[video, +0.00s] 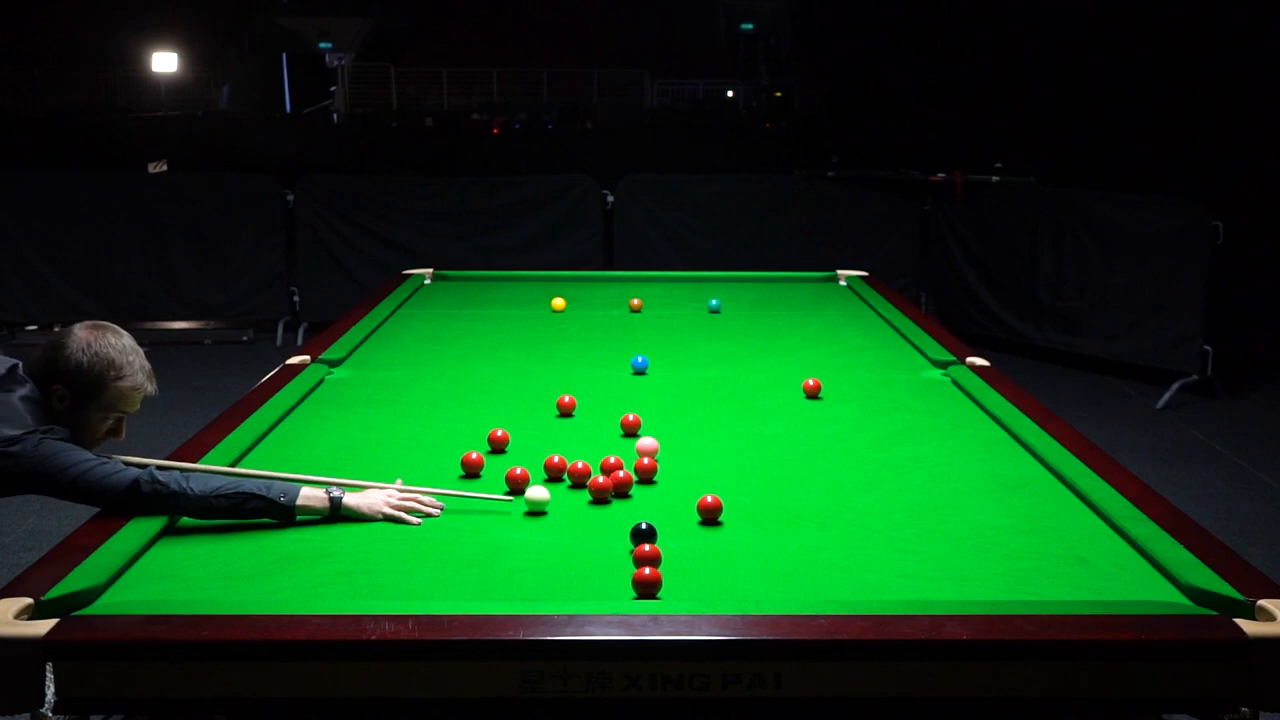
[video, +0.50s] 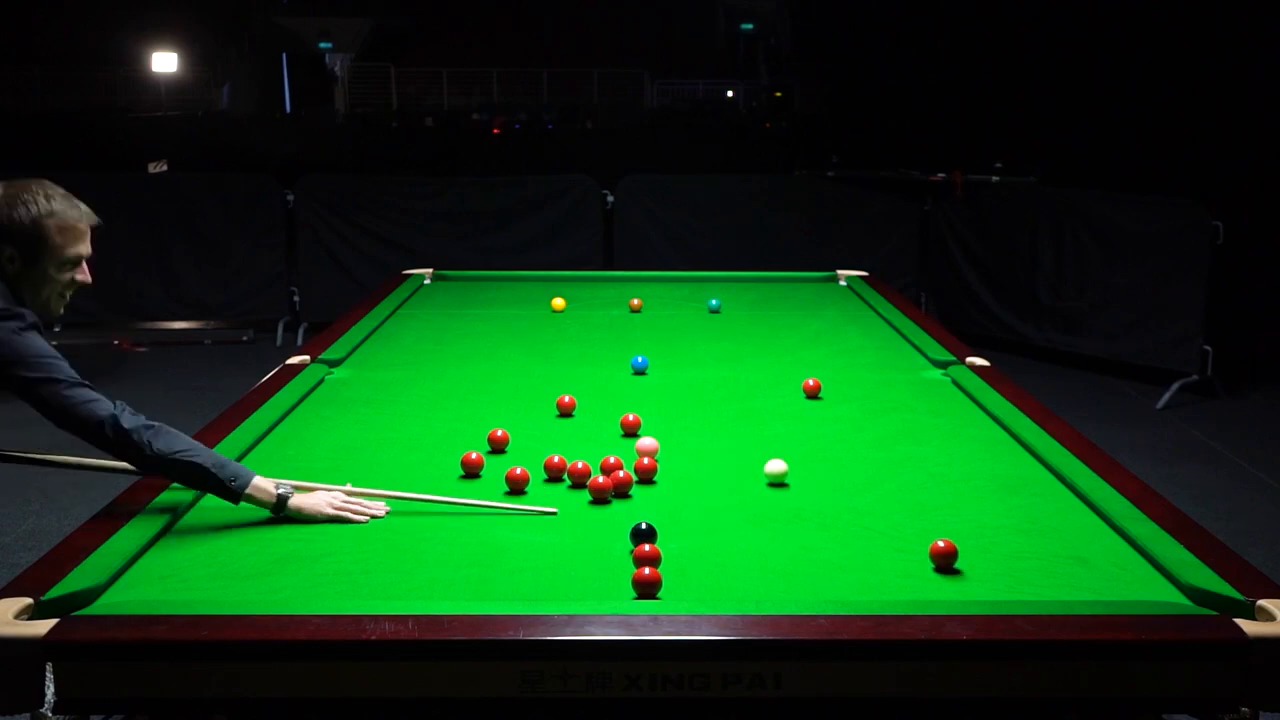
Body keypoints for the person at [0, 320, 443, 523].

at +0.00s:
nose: (124, 428)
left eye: (131, 413)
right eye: (115, 415)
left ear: (61, 390)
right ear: (62, 400)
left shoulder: (29, 375)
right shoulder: (25, 445)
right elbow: (163, 486)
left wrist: (105, 462)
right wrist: (340, 500)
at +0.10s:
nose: (125, 427)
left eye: (131, 412)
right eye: (115, 415)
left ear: (61, 390)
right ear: (63, 401)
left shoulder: (26, 376)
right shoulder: (26, 445)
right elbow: (165, 487)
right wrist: (339, 499)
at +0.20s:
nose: (125, 426)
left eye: (132, 411)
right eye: (116, 413)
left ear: (61, 389)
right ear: (63, 399)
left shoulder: (25, 375)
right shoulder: (27, 445)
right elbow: (166, 487)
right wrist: (340, 500)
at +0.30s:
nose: (126, 425)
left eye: (132, 410)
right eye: (116, 413)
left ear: (61, 389)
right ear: (63, 400)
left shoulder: (24, 375)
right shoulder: (27, 445)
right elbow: (165, 487)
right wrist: (340, 500)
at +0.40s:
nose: (124, 430)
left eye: (130, 414)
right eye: (117, 415)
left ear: (62, 389)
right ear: (64, 400)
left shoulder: (22, 376)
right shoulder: (26, 446)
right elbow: (158, 488)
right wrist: (338, 500)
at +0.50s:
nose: (84, 278)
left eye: (85, 262)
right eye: (70, 265)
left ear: (20, 264)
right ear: (18, 264)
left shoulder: (17, 326)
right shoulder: (12, 336)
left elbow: (116, 423)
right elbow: (120, 427)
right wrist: (277, 495)